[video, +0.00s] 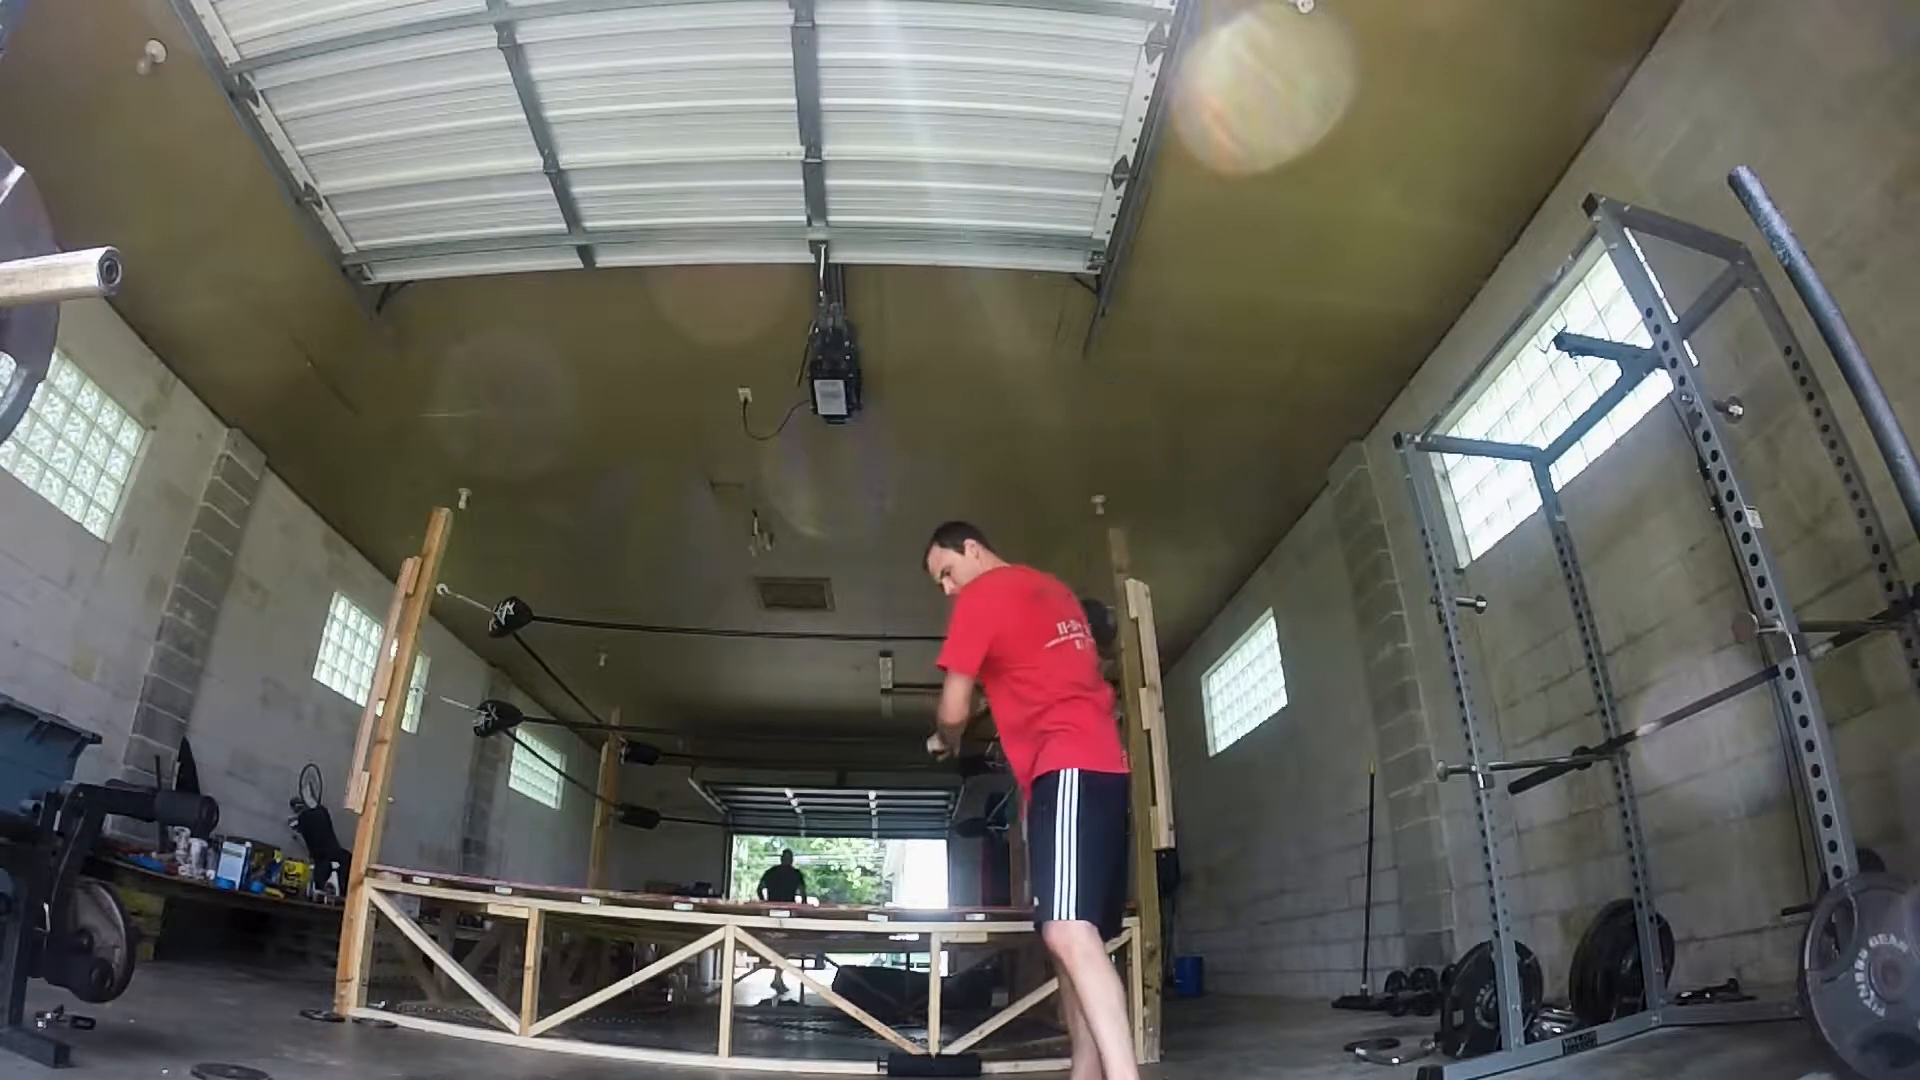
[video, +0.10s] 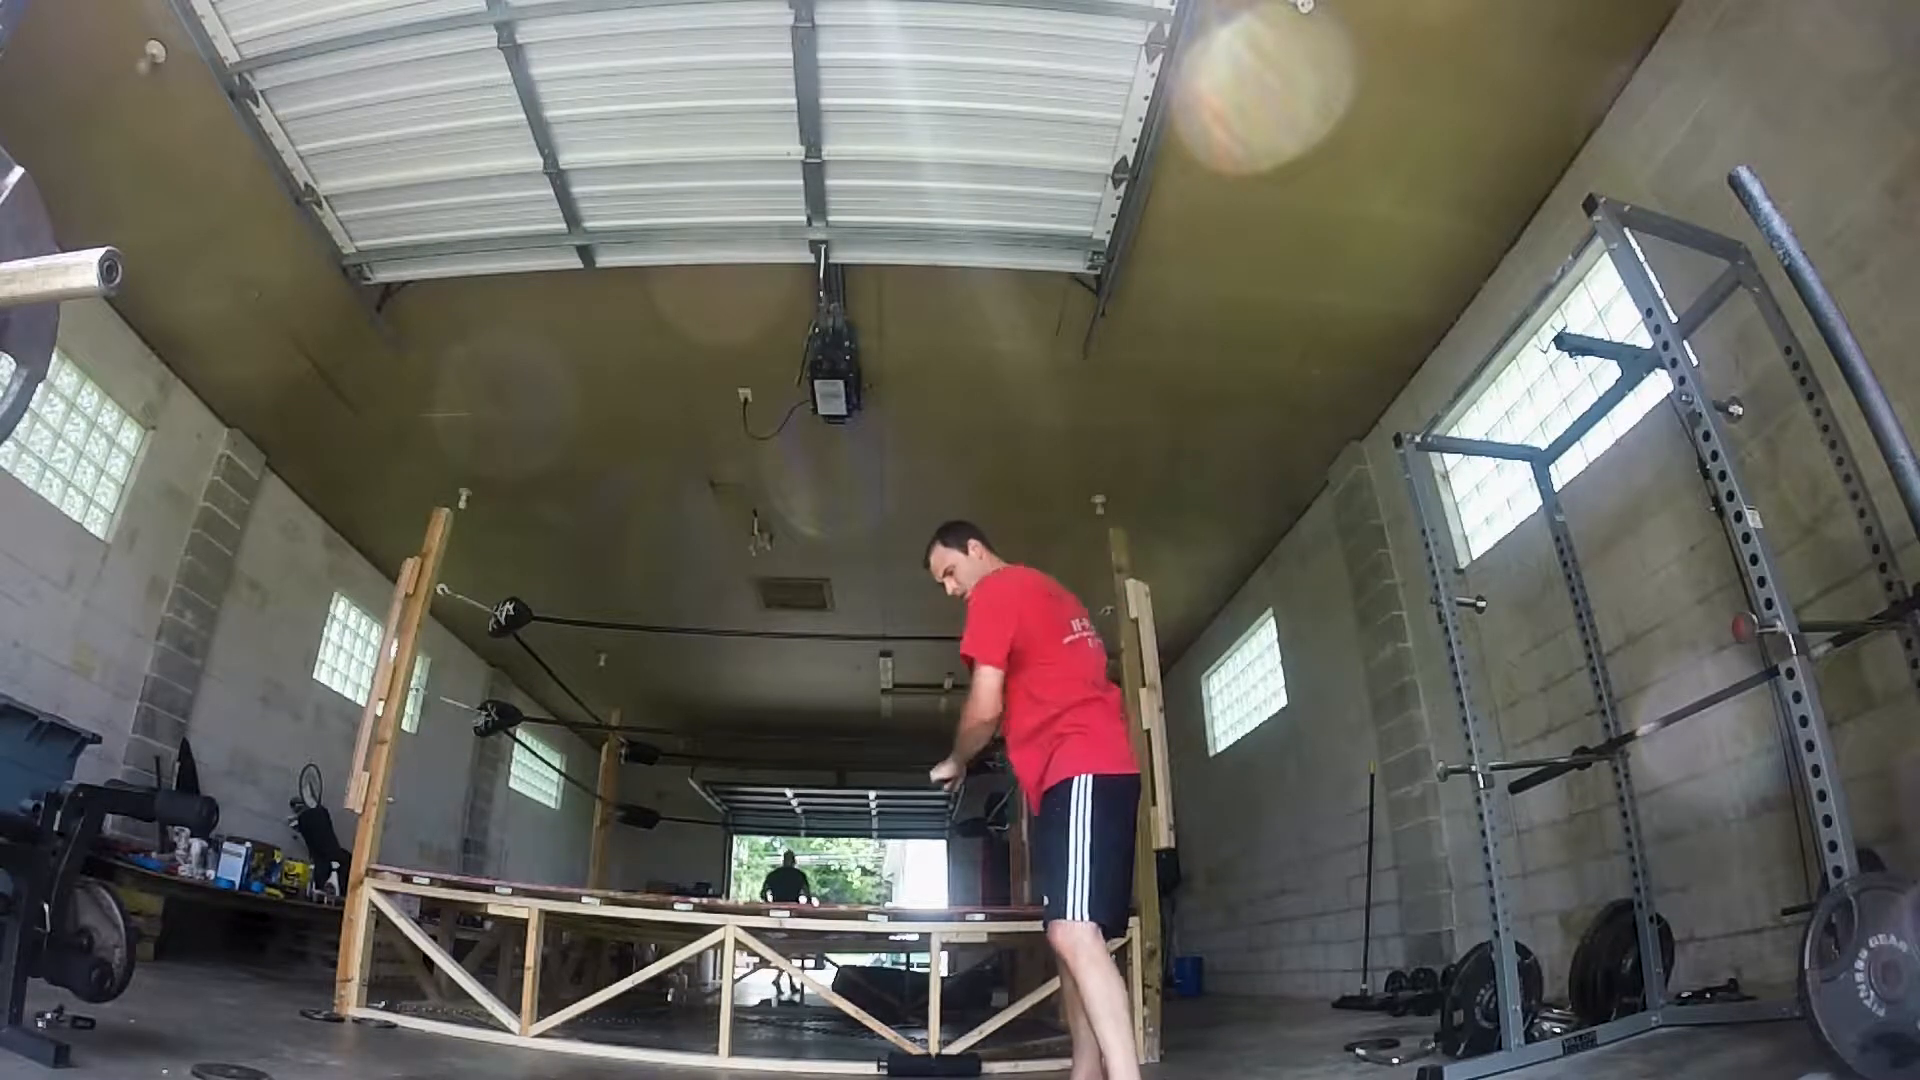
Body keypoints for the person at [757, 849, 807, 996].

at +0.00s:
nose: (788, 861)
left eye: (788, 858)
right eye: (788, 858)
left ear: (781, 858)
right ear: (791, 859)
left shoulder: (771, 871)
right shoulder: (797, 874)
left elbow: (759, 888)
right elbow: (803, 893)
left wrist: (764, 901)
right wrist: (804, 906)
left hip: (771, 908)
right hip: (788, 909)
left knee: (778, 943)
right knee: (785, 944)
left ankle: (778, 977)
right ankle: (777, 977)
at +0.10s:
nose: (791, 862)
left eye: (789, 859)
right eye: (792, 860)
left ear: (783, 860)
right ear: (794, 861)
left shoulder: (773, 874)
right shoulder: (800, 875)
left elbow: (763, 893)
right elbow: (807, 894)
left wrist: (769, 904)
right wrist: (809, 905)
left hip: (775, 911)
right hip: (793, 912)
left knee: (784, 945)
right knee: (789, 945)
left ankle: (792, 981)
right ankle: (778, 977)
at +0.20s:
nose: (792, 867)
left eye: (791, 865)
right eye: (793, 865)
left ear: (786, 865)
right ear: (797, 865)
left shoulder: (777, 879)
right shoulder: (803, 879)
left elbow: (768, 899)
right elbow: (810, 899)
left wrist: (768, 913)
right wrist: (810, 911)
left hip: (781, 917)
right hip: (799, 917)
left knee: (787, 948)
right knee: (796, 950)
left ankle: (788, 979)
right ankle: (786, 978)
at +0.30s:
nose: (794, 868)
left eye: (792, 865)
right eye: (796, 865)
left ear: (788, 865)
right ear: (799, 866)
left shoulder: (781, 879)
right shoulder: (805, 879)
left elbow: (772, 899)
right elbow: (811, 899)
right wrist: (811, 909)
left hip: (784, 915)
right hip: (802, 915)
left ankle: (794, 983)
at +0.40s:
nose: (801, 865)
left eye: (799, 863)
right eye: (801, 863)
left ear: (792, 863)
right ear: (802, 864)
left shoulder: (783, 877)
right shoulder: (808, 876)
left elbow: (775, 894)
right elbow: (812, 895)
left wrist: (777, 907)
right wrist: (814, 907)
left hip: (789, 916)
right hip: (807, 915)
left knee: (790, 951)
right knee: (807, 948)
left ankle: (793, 982)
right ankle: (803, 978)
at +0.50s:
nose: (801, 865)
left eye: (800, 862)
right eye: (802, 863)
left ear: (795, 863)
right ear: (805, 864)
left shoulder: (787, 876)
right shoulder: (810, 876)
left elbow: (777, 889)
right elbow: (814, 892)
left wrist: (777, 901)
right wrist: (817, 902)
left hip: (791, 910)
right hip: (808, 910)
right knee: (809, 935)